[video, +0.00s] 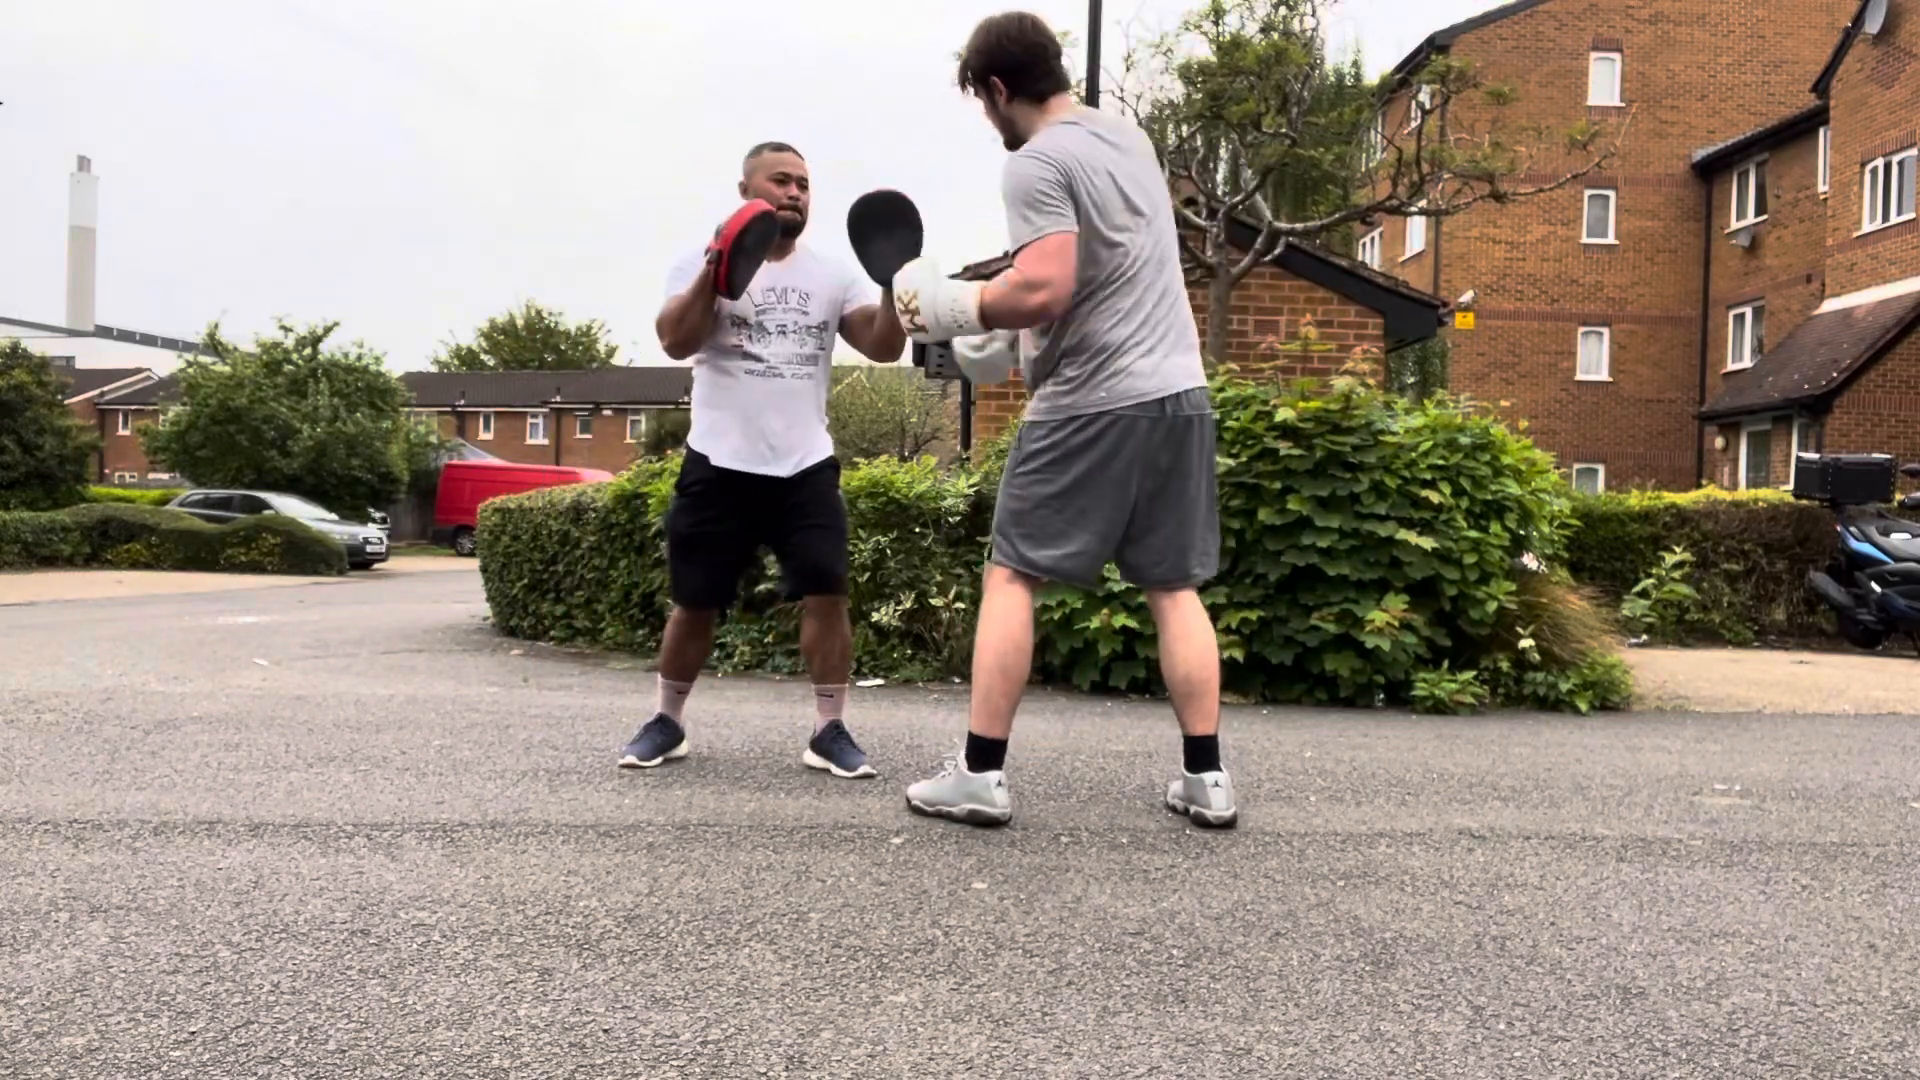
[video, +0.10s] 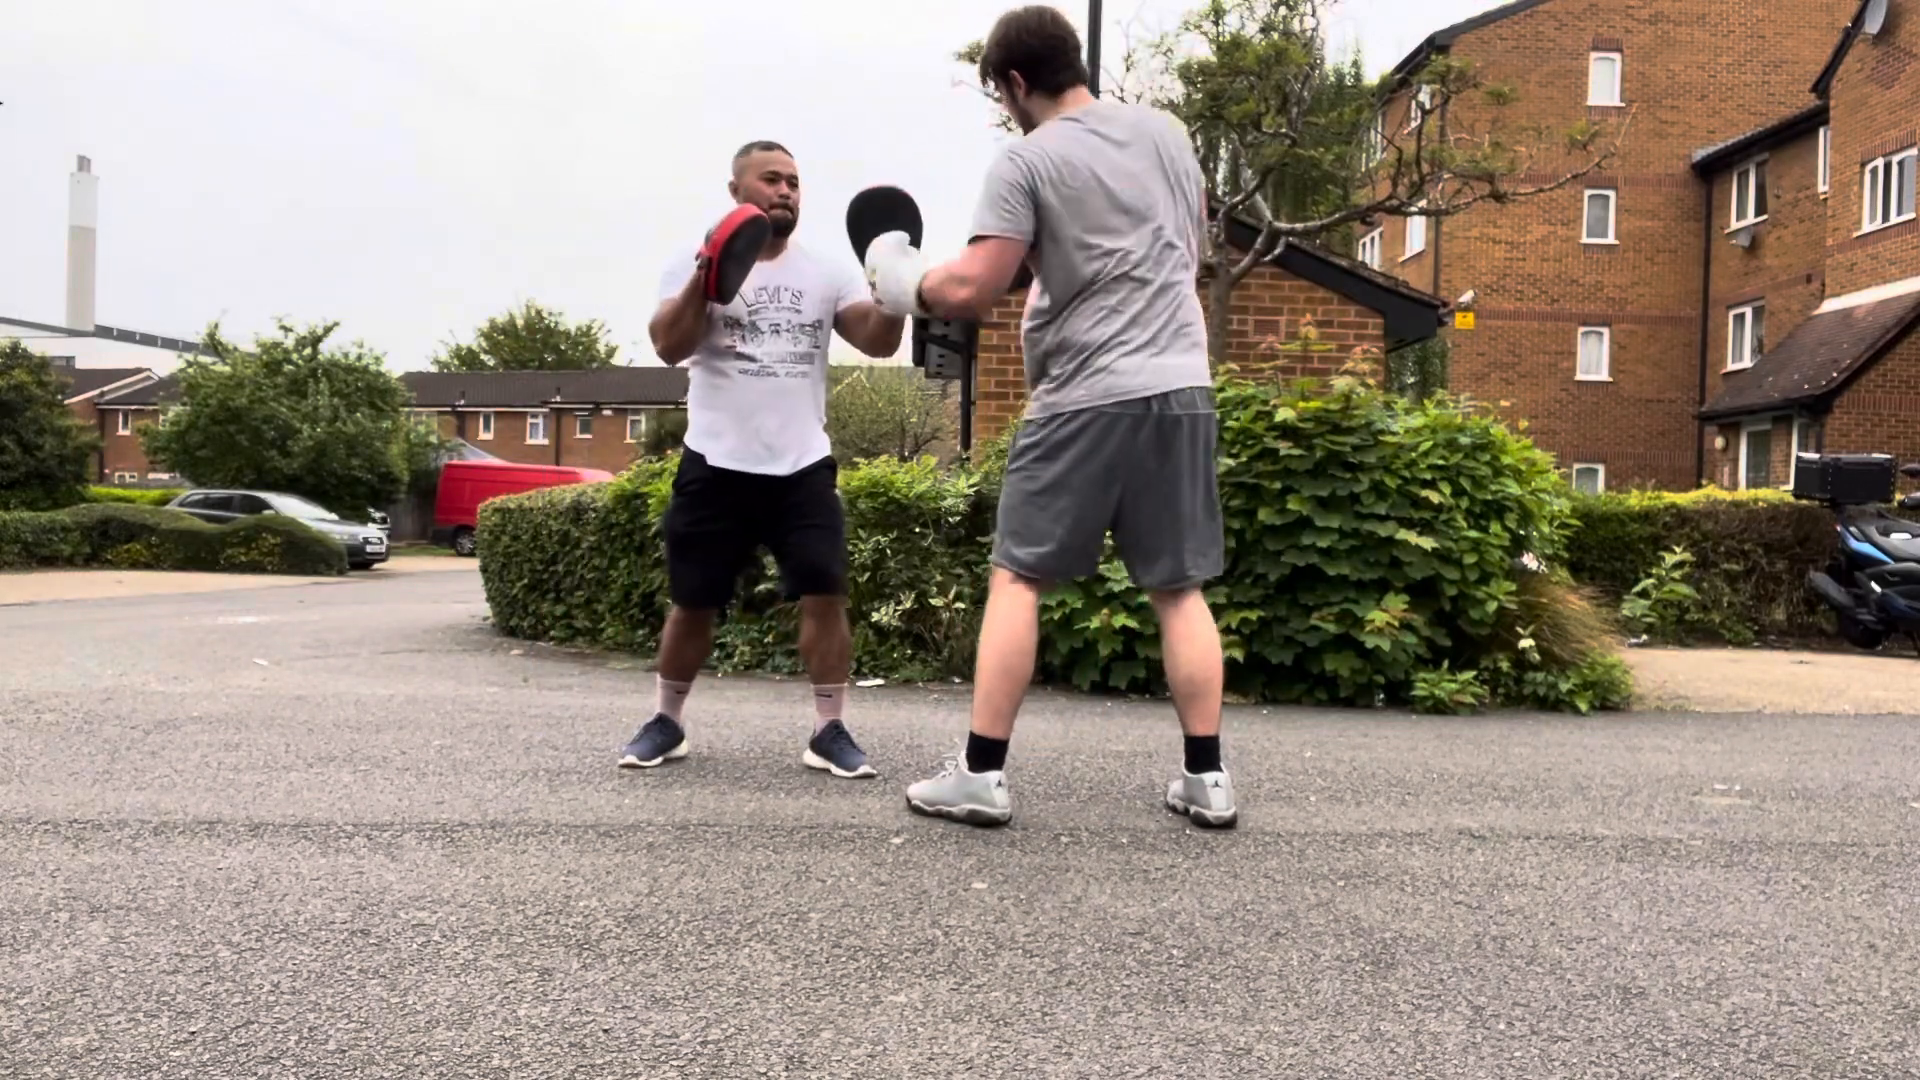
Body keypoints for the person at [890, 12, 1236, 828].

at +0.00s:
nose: (983, 115)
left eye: (979, 99)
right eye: (979, 100)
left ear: (997, 88)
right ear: (1055, 74)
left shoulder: (1038, 160)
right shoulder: (1126, 133)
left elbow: (1045, 288)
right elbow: (1113, 287)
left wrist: (947, 301)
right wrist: (1000, 345)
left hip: (1092, 402)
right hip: (1181, 393)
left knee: (1012, 572)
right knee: (1173, 582)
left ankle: (980, 772)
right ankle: (1208, 778)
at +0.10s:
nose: (1003, 110)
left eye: (999, 95)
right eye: (999, 97)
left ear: (1019, 81)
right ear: (1079, 69)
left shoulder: (1027, 159)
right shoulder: (1166, 133)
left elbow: (969, 294)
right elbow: (1190, 253)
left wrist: (905, 279)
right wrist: (1071, 279)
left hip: (1082, 400)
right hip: (1184, 391)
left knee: (1017, 577)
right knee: (1178, 587)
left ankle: (981, 774)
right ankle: (1209, 779)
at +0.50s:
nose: (1073, 104)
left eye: (1069, 93)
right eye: (1073, 94)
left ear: (1082, 86)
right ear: (1149, 73)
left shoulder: (1060, 165)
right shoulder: (1225, 133)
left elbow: (1030, 289)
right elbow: (1290, 249)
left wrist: (1110, 271)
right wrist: (1257, 294)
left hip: (1091, 407)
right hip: (1196, 404)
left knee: (1039, 580)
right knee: (1199, 597)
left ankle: (983, 771)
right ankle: (1208, 780)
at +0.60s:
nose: (1090, 101)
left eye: (1087, 91)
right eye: (1091, 91)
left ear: (1102, 85)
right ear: (1172, 74)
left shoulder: (1072, 162)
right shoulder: (1243, 136)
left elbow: (1045, 296)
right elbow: (1288, 259)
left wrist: (1117, 281)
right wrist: (1249, 287)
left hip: (1102, 406)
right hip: (1207, 405)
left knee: (1049, 580)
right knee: (1203, 599)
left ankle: (984, 768)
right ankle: (1207, 781)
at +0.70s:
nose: (1107, 92)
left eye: (1106, 81)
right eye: (1106, 81)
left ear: (1125, 72)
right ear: (1194, 64)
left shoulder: (1096, 146)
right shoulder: (1269, 140)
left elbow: (1050, 280)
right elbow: (1304, 266)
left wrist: (1117, 260)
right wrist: (1231, 266)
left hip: (1122, 396)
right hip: (1223, 398)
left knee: (1058, 572)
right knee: (1206, 592)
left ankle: (991, 757)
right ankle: (1209, 779)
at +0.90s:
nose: (1122, 84)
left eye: (1122, 71)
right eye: (1119, 73)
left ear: (1145, 57)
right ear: (1210, 57)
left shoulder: (1129, 125)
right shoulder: (1271, 145)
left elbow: (1059, 249)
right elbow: (1266, 257)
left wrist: (1070, 197)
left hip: (1132, 395)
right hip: (1230, 400)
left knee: (1059, 559)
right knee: (1204, 582)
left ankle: (1037, 753)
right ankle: (1210, 779)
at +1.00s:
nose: (1122, 84)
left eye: (1122, 70)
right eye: (1120, 72)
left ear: (1146, 55)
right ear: (1209, 57)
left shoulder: (1131, 119)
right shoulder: (1266, 145)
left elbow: (1061, 239)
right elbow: (1240, 247)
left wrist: (1071, 187)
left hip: (1132, 394)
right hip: (1229, 399)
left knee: (1055, 556)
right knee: (1204, 583)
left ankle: (1037, 749)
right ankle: (1210, 779)